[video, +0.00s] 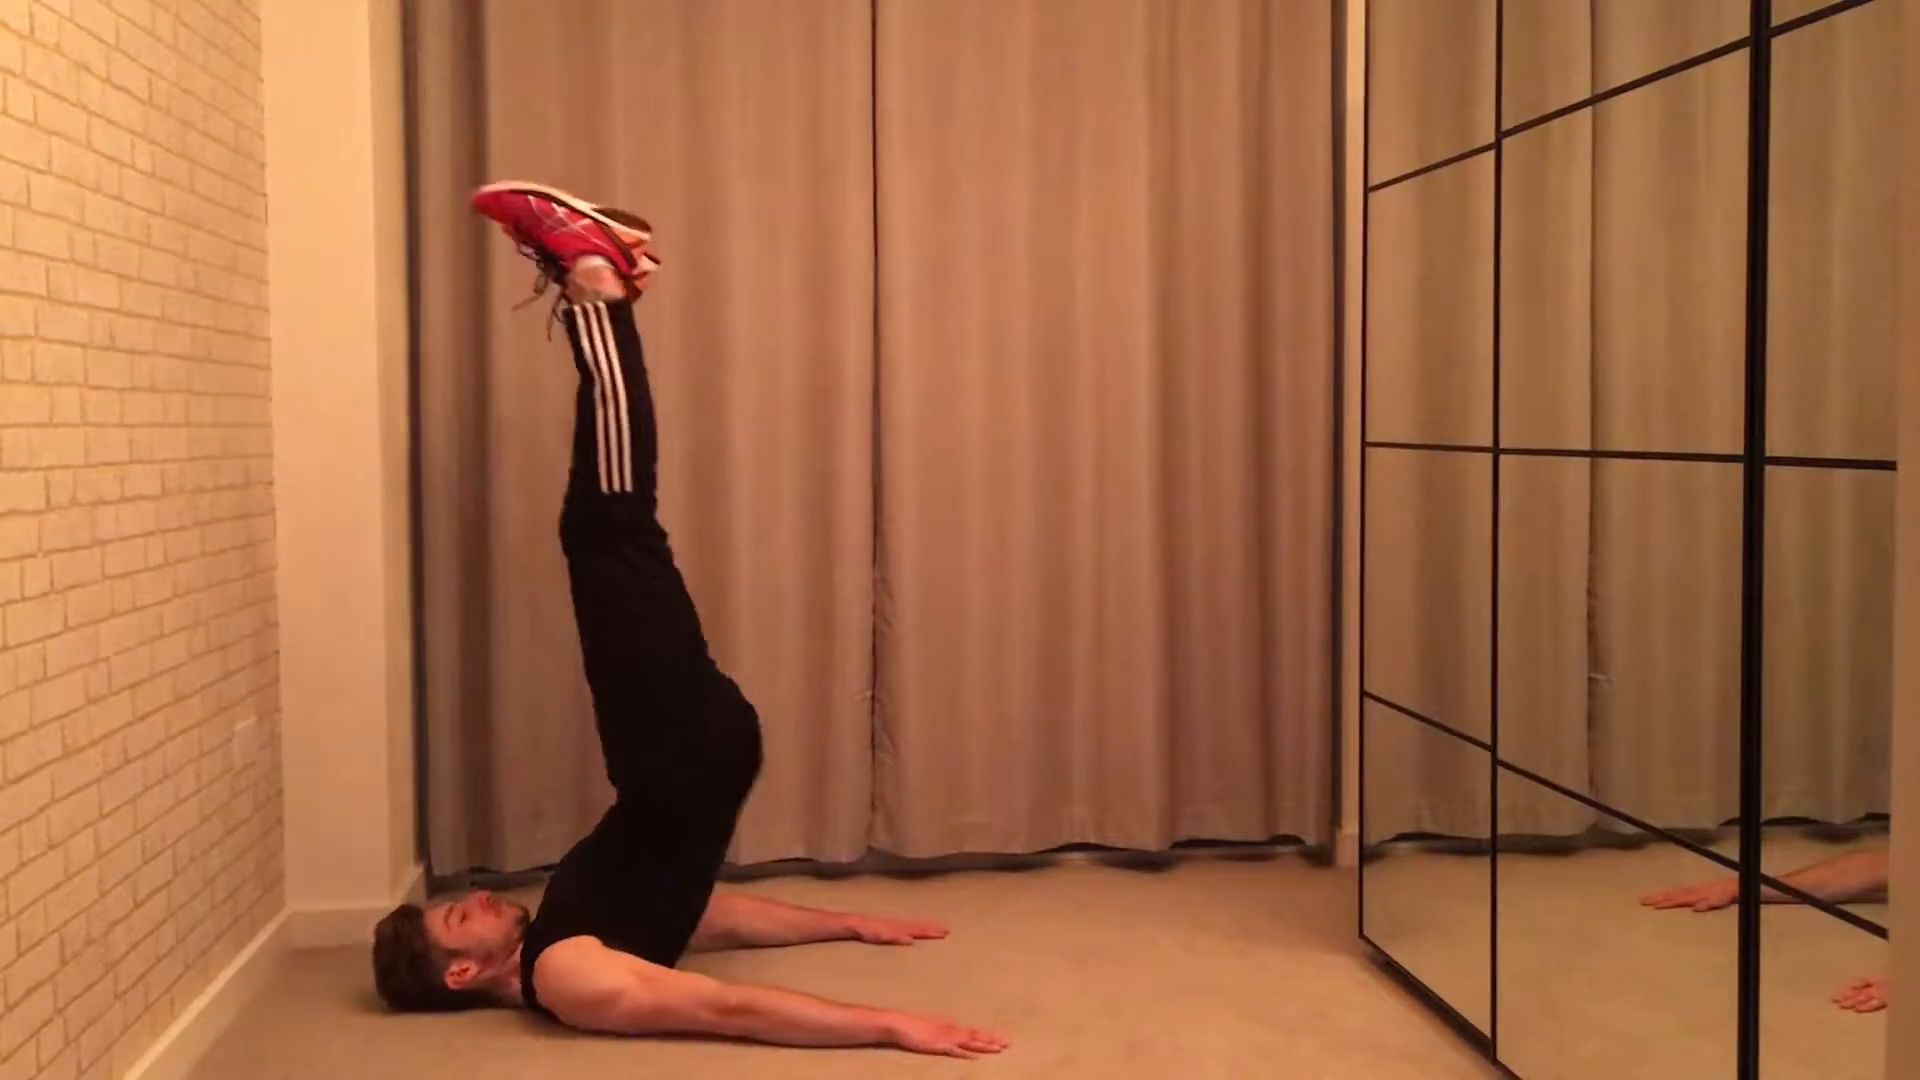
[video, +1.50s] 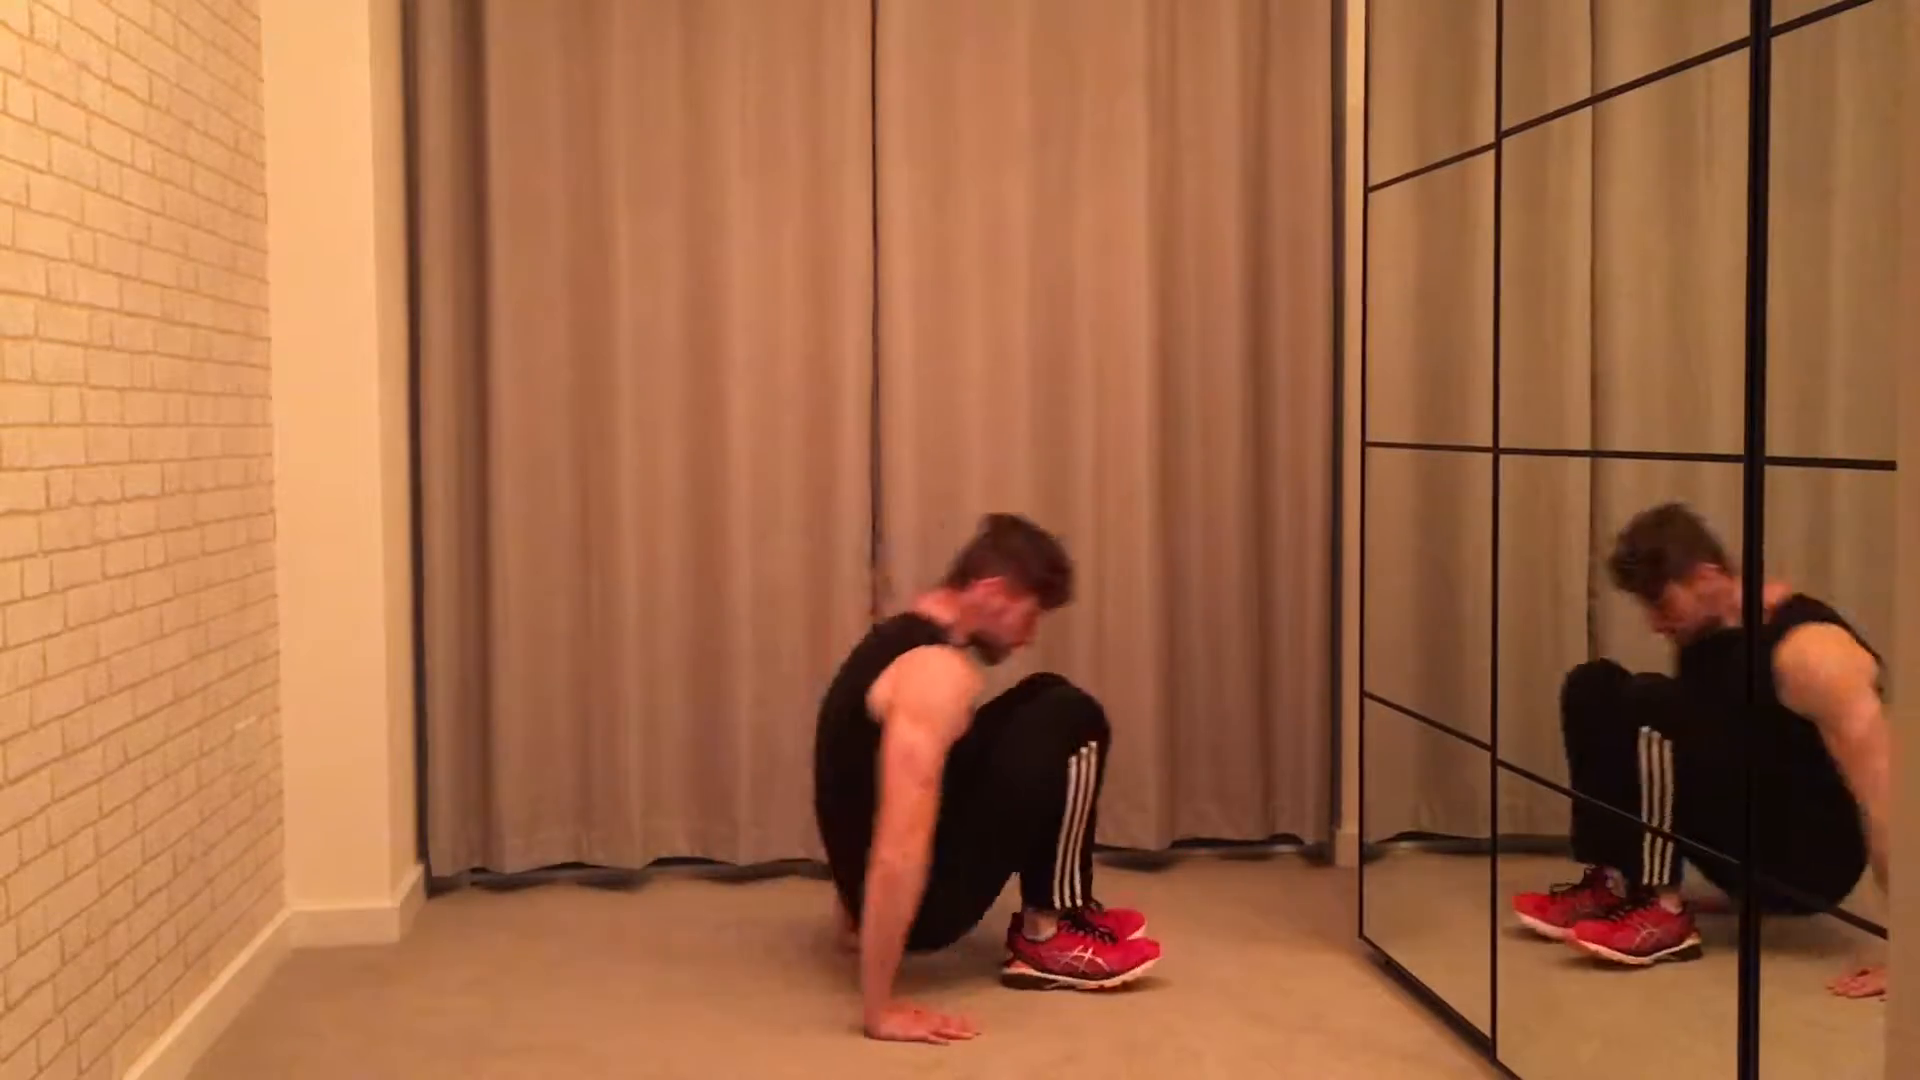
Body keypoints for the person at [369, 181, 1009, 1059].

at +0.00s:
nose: (479, 899)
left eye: (459, 900)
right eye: (460, 918)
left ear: (482, 907)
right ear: (468, 972)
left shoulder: (575, 939)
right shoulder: (568, 975)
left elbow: (724, 914)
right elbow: (728, 1012)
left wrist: (851, 925)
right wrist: (892, 1028)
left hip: (685, 762)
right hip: (696, 762)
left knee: (611, 531)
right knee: (607, 533)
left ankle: (596, 291)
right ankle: (591, 288)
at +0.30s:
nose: (473, 899)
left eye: (455, 901)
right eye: (455, 920)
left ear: (477, 902)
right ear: (466, 973)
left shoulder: (571, 935)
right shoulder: (559, 978)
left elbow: (714, 917)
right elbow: (722, 1015)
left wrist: (848, 926)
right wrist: (886, 1029)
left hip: (648, 754)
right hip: (662, 747)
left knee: (565, 517)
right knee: (572, 517)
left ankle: (536, 285)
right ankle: (538, 281)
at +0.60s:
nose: (470, 900)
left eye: (452, 903)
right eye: (452, 920)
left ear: (474, 906)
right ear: (463, 973)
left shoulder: (566, 936)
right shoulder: (560, 981)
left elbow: (712, 916)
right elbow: (719, 1014)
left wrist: (847, 926)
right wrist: (885, 1029)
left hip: (680, 772)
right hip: (701, 763)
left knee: (548, 544)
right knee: (547, 547)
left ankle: (615, 333)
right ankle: (616, 332)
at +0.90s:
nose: (464, 880)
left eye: (443, 883)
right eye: (446, 897)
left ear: (463, 936)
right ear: (457, 953)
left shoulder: (555, 933)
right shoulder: (564, 973)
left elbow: (704, 913)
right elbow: (717, 1019)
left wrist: (838, 917)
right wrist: (879, 1015)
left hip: (787, 879)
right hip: (802, 888)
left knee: (650, 699)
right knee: (653, 710)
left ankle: (841, 599)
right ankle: (858, 631)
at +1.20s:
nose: (734, 699)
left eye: (728, 683)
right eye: (720, 686)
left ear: (669, 706)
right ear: (674, 706)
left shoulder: (700, 780)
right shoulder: (693, 810)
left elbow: (711, 966)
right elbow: (714, 995)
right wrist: (868, 1022)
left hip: (872, 921)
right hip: (884, 954)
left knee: (951, 690)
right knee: (971, 719)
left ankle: (1035, 896)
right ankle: (1054, 911)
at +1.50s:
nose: (1030, 635)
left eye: (1038, 617)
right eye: (1031, 614)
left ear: (986, 588)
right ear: (990, 592)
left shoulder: (909, 636)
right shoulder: (936, 673)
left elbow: (861, 780)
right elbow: (898, 854)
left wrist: (856, 913)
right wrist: (879, 1011)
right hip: (915, 909)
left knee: (1045, 694)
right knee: (1069, 715)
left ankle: (1053, 910)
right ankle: (1046, 930)